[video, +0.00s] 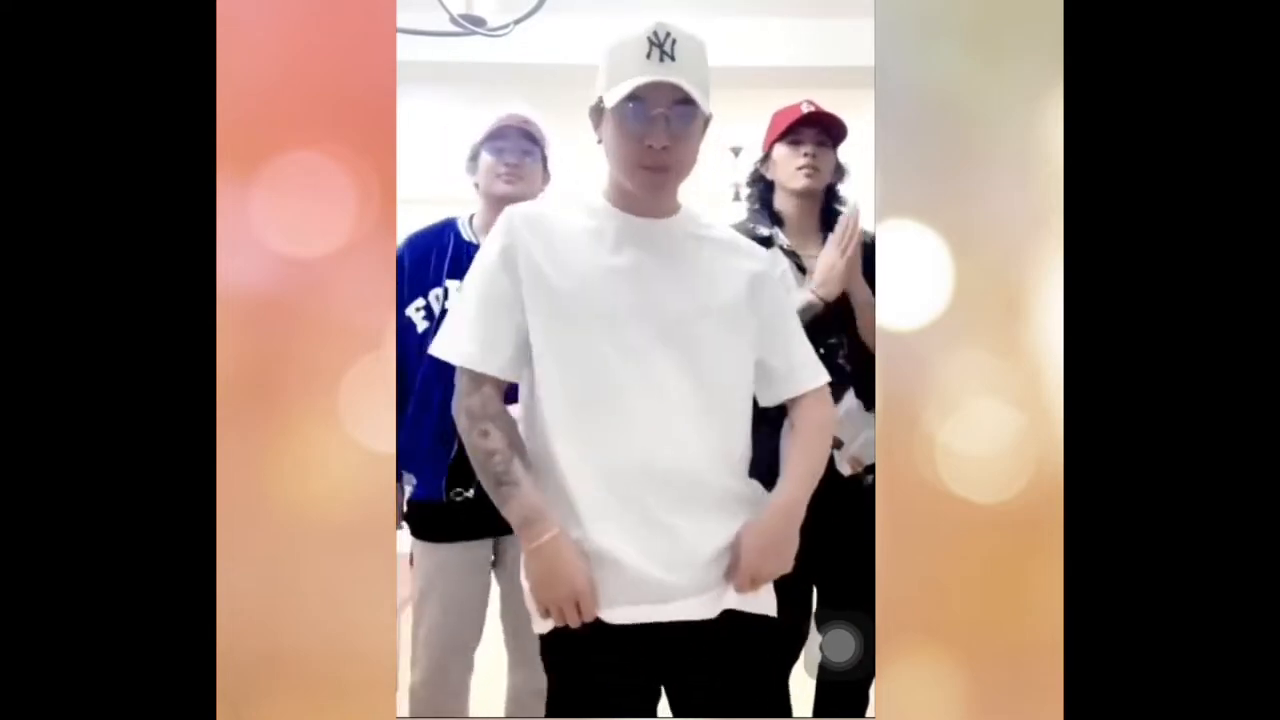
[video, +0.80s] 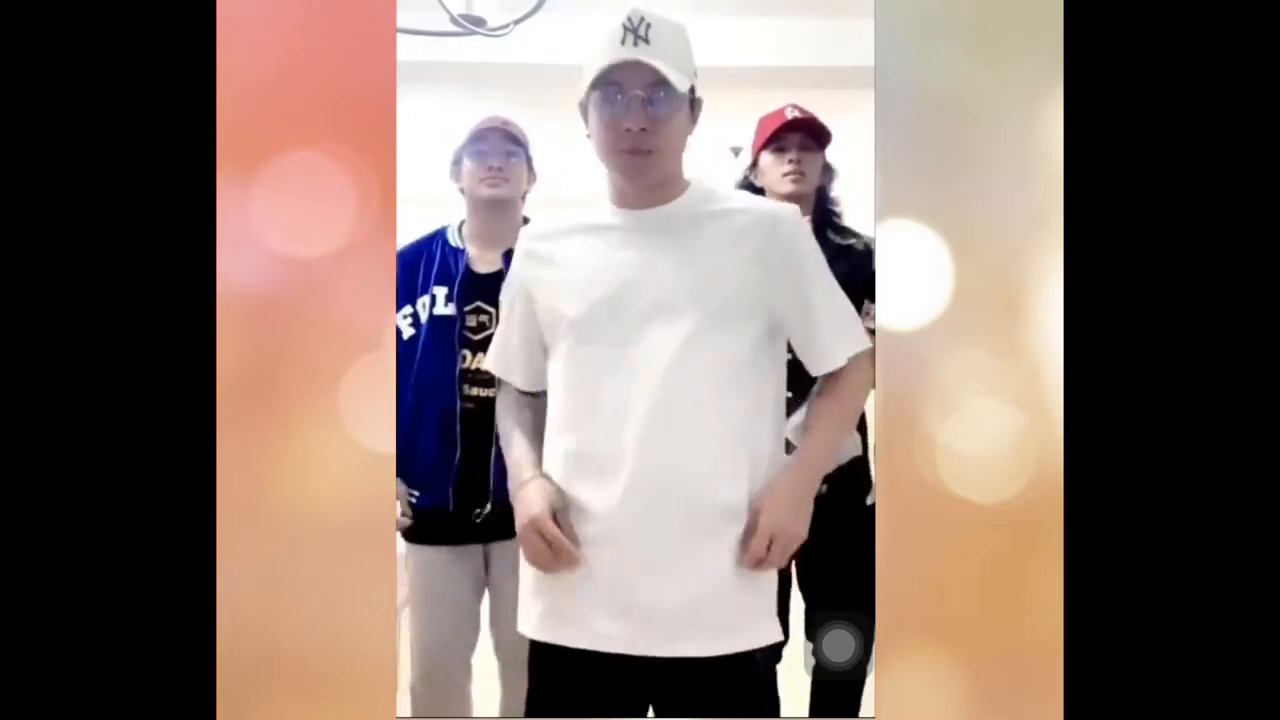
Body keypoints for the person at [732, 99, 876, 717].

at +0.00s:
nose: (811, 154)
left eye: (824, 146)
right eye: (795, 143)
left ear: (837, 165)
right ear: (767, 161)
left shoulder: (866, 245)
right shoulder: (737, 247)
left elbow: (891, 351)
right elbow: (732, 347)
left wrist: (852, 281)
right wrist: (816, 296)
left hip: (859, 464)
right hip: (774, 460)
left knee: (850, 643)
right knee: (775, 632)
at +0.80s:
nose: (795, 160)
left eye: (808, 150)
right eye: (781, 150)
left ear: (825, 167)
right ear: (754, 164)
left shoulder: (858, 254)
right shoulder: (727, 245)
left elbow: (889, 351)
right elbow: (705, 345)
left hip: (839, 466)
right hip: (748, 464)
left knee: (842, 645)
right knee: (748, 639)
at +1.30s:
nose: (814, 151)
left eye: (826, 140)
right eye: (798, 139)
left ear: (839, 156)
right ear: (768, 152)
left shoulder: (869, 244)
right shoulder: (742, 246)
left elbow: (894, 340)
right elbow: (722, 351)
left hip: (846, 473)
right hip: (754, 466)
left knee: (840, 633)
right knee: (748, 622)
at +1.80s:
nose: (812, 149)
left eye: (826, 138)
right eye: (796, 137)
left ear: (844, 153)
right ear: (769, 153)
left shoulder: (871, 244)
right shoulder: (734, 239)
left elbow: (888, 355)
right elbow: (713, 351)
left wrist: (850, 437)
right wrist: (770, 422)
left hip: (846, 464)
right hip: (752, 456)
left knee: (836, 636)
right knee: (749, 627)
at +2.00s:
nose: (779, 164)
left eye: (793, 152)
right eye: (765, 153)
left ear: (813, 166)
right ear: (742, 167)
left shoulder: (855, 251)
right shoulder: (719, 249)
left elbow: (884, 353)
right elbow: (701, 354)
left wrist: (860, 409)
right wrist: (760, 411)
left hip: (843, 473)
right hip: (753, 473)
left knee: (849, 647)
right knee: (756, 641)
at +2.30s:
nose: (870, 172)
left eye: (882, 162)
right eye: (860, 155)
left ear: (890, 176)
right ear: (821, 157)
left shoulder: (878, 254)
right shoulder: (755, 236)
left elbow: (869, 370)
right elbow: (725, 336)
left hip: (839, 474)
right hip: (751, 473)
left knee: (850, 649)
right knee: (748, 648)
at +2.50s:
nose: (862, 169)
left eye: (874, 156)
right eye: (846, 157)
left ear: (890, 169)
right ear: (816, 175)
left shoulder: (904, 265)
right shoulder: (779, 255)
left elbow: (916, 381)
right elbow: (747, 360)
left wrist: (871, 451)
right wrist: (789, 437)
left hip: (857, 491)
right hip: (768, 486)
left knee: (857, 661)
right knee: (758, 661)